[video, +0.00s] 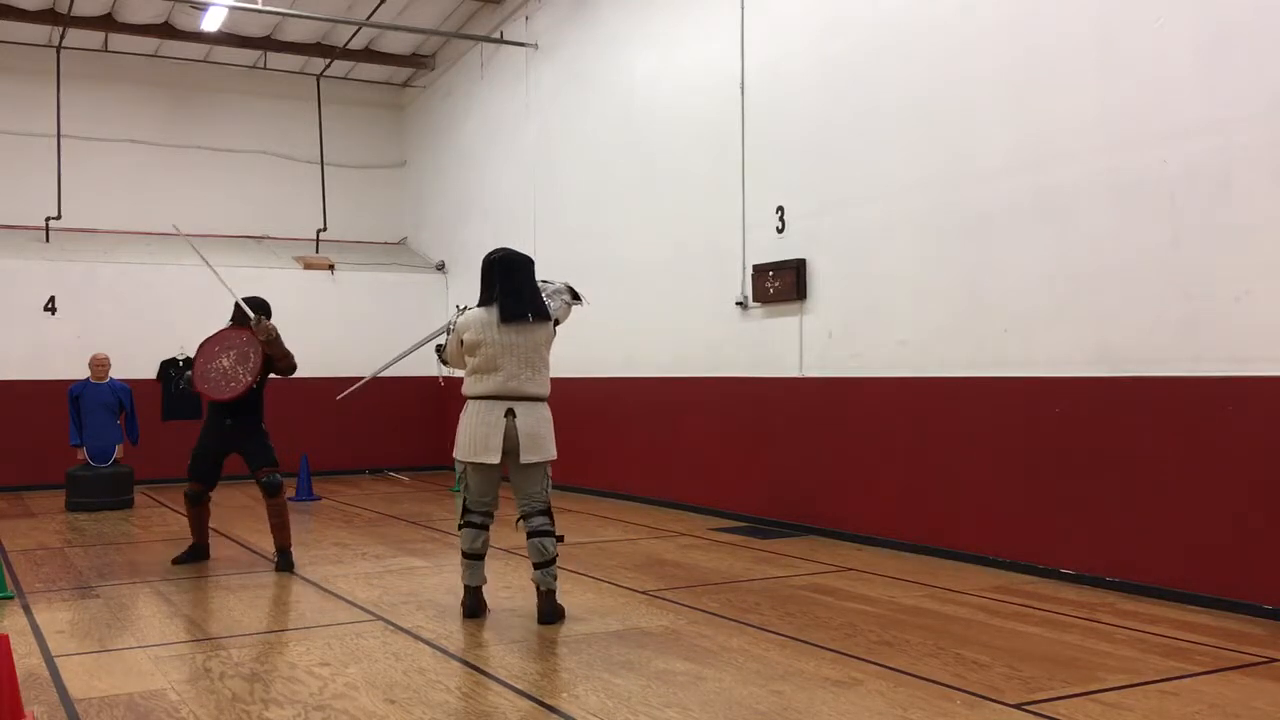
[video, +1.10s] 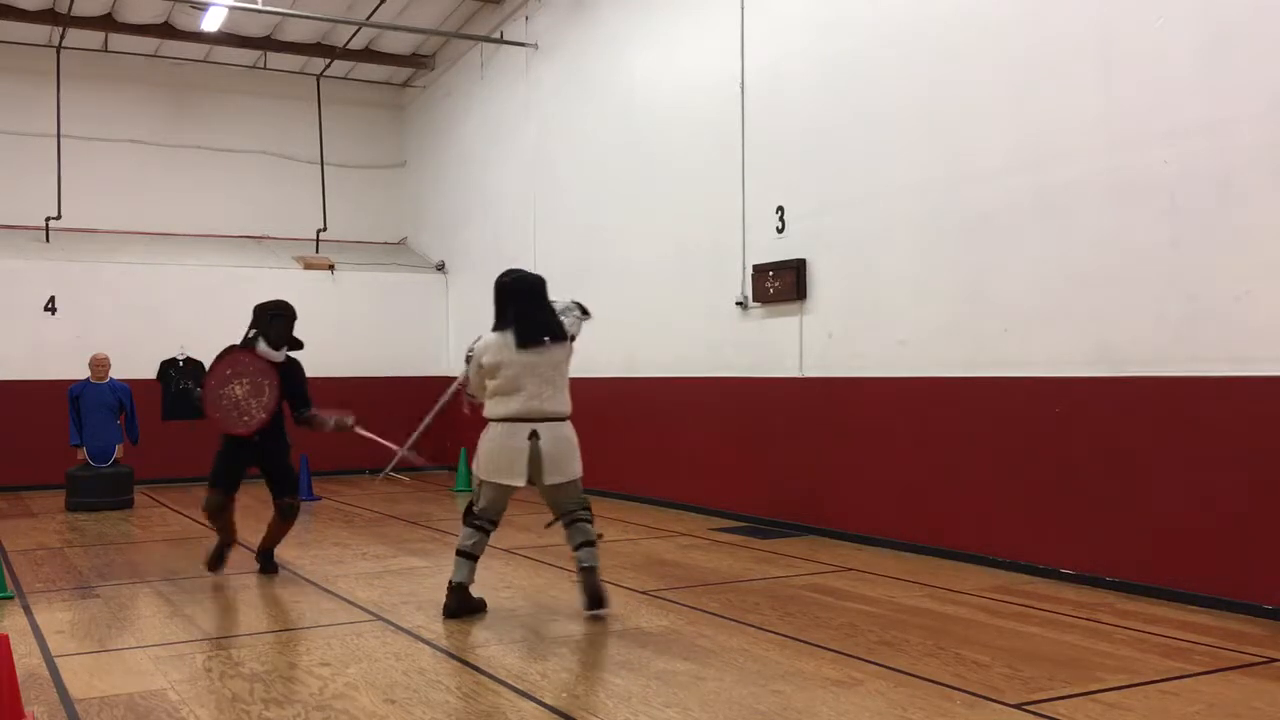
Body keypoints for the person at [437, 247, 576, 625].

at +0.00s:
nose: (481, 285)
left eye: (485, 278)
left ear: (488, 282)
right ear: (529, 281)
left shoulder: (470, 321)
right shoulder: (543, 318)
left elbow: (452, 358)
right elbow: (563, 298)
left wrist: (456, 330)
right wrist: (543, 285)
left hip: (481, 425)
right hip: (532, 424)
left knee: (477, 509)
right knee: (536, 509)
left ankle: (472, 595)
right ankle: (547, 601)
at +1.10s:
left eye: (499, 301)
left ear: (501, 304)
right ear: (541, 300)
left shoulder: (487, 346)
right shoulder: (560, 335)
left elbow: (476, 391)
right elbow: (572, 315)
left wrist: (472, 360)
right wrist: (574, 310)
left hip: (503, 441)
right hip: (556, 439)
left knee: (483, 516)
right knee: (574, 512)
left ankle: (457, 592)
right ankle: (591, 580)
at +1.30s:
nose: (546, 303)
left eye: (548, 297)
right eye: (548, 297)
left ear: (551, 301)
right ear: (591, 298)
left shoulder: (536, 343)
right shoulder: (611, 333)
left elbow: (521, 389)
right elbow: (618, 314)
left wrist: (514, 350)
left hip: (545, 440)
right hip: (599, 441)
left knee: (508, 516)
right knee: (612, 519)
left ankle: (466, 588)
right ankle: (646, 591)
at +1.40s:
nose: (576, 301)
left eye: (578, 295)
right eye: (578, 294)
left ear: (584, 301)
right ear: (621, 296)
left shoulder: (572, 339)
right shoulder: (641, 336)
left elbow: (540, 365)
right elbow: (638, 316)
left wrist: (533, 324)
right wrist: (590, 296)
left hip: (573, 439)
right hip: (625, 440)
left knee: (532, 517)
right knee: (621, 520)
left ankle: (492, 591)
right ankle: (646, 595)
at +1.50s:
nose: (603, 291)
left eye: (608, 285)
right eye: (605, 284)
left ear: (616, 292)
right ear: (648, 290)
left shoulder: (602, 330)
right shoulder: (666, 332)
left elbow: (561, 348)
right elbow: (645, 314)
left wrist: (551, 308)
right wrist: (613, 290)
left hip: (602, 434)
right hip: (649, 437)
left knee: (559, 512)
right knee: (629, 518)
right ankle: (646, 597)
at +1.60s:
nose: (629, 288)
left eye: (632, 282)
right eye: (628, 280)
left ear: (640, 289)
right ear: (675, 286)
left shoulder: (627, 328)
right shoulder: (690, 330)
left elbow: (585, 343)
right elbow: (663, 314)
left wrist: (576, 306)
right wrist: (635, 288)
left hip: (627, 432)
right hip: (673, 435)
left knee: (591, 514)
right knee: (641, 517)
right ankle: (648, 598)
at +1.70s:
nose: (652, 291)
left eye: (655, 285)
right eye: (651, 284)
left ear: (664, 290)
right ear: (697, 286)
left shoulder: (653, 330)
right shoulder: (713, 327)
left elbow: (609, 343)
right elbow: (691, 294)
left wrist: (594, 299)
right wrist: (652, 267)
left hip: (653, 436)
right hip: (696, 436)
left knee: (633, 528)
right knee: (655, 517)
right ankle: (647, 600)